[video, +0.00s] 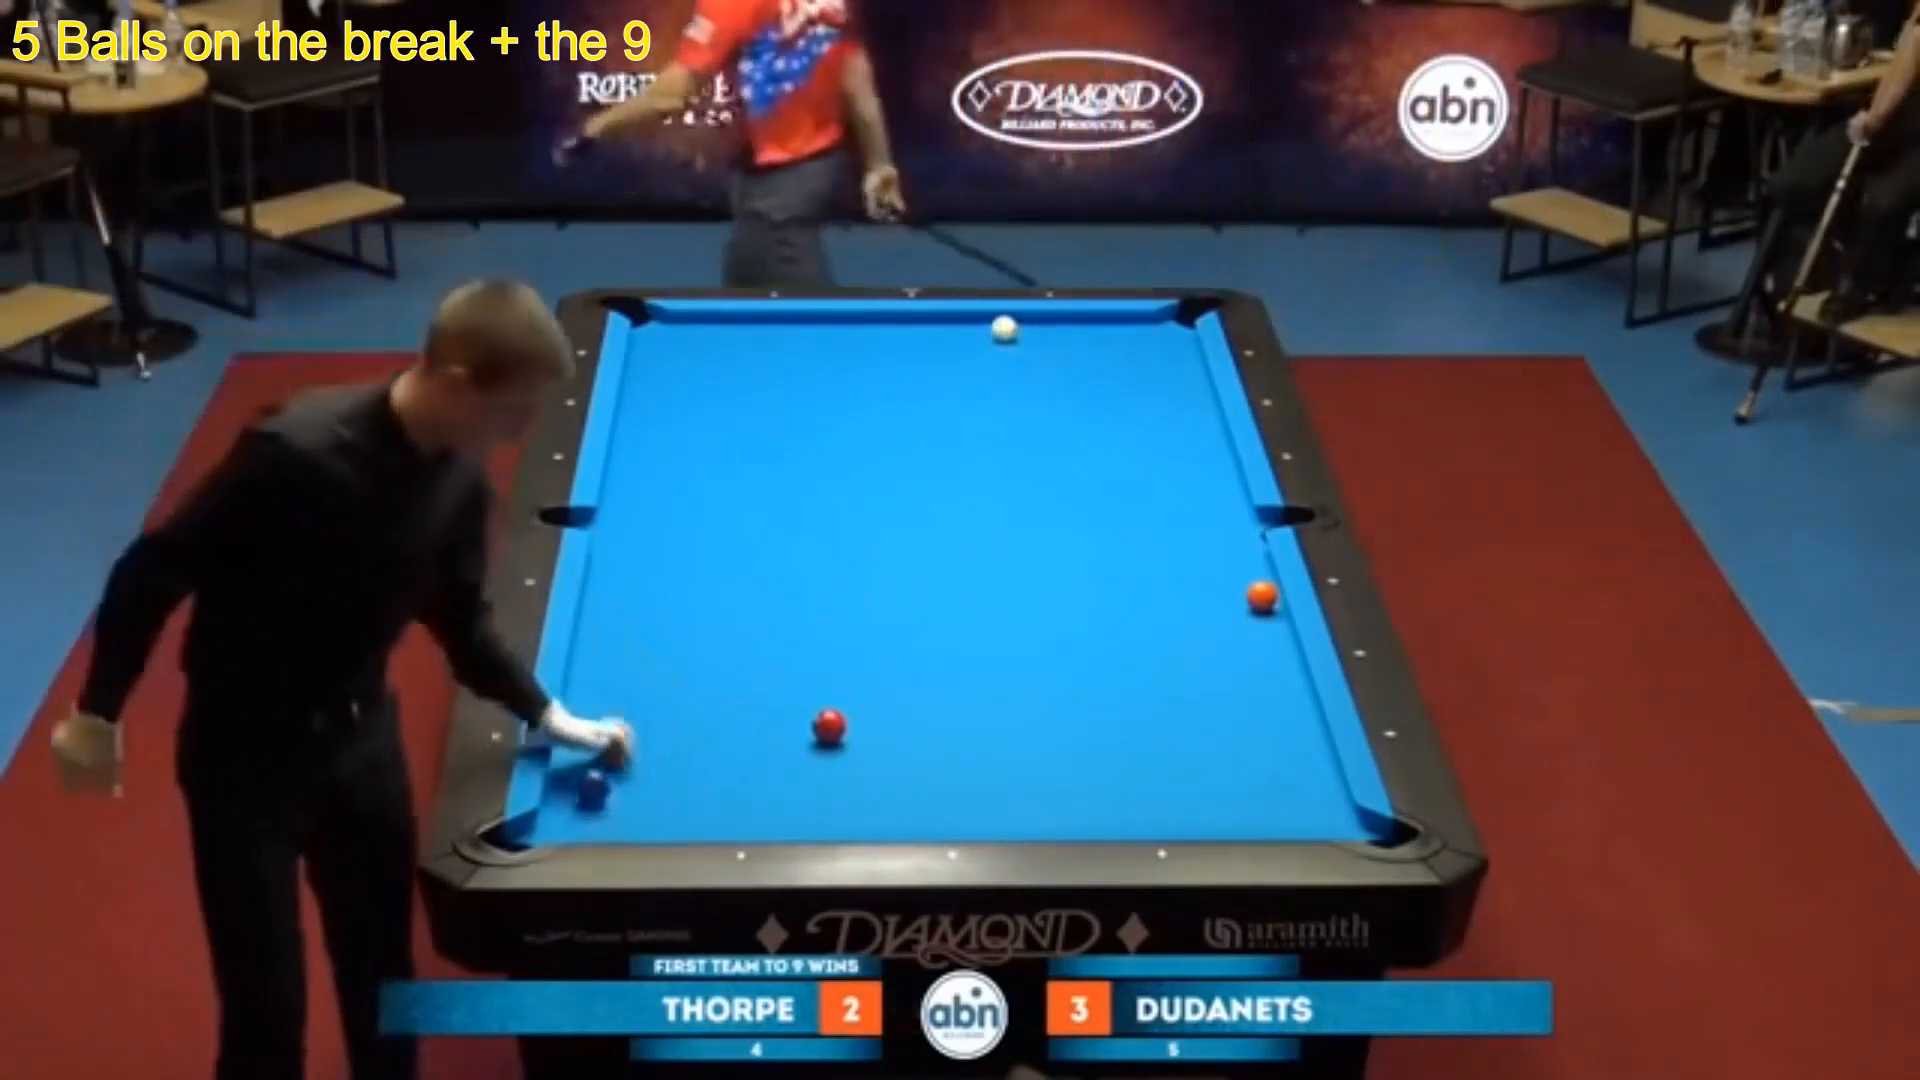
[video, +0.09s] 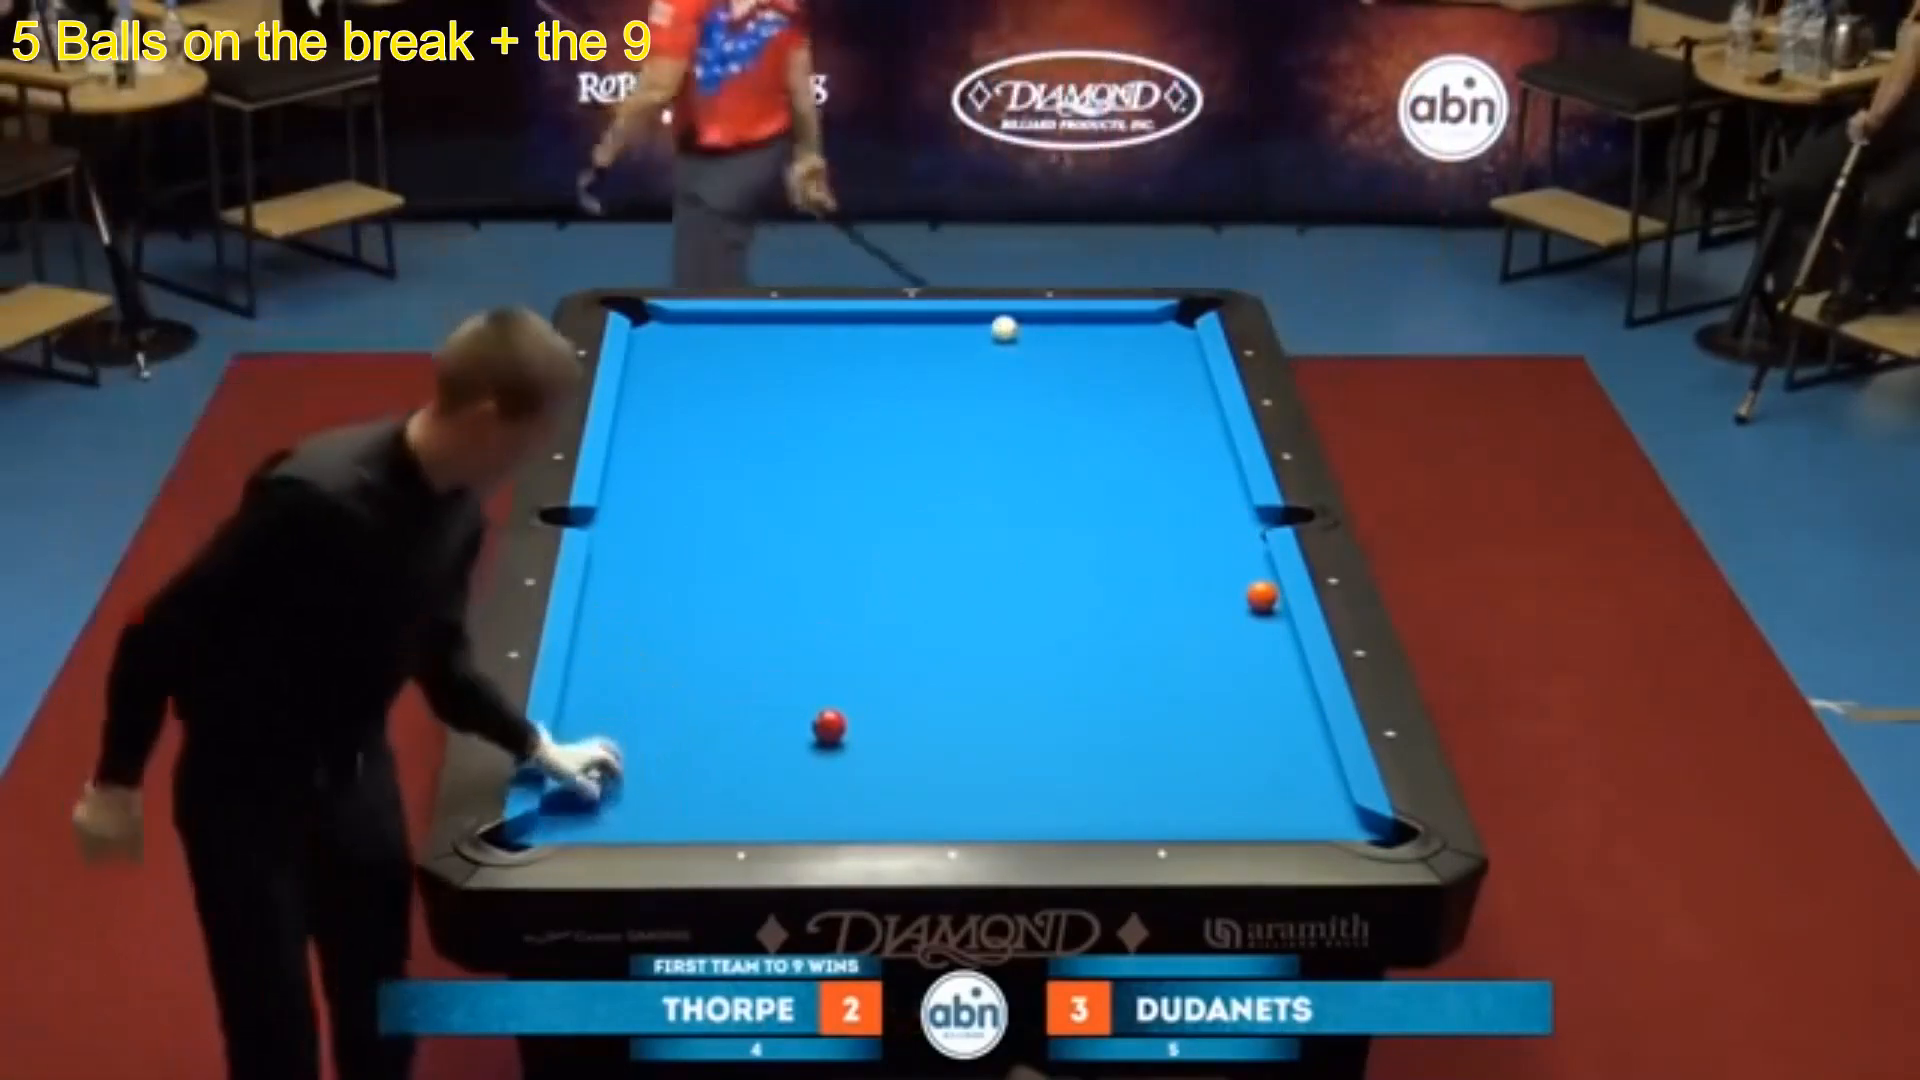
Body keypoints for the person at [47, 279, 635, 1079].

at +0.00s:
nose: (517, 435)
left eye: (526, 416)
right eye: (511, 413)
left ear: (457, 378)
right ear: (454, 379)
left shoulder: (459, 479)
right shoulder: (291, 452)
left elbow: (459, 617)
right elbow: (152, 571)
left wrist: (551, 717)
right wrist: (97, 712)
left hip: (359, 740)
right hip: (242, 753)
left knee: (383, 994)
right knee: (264, 1012)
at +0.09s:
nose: (529, 460)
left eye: (539, 442)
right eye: (532, 439)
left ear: (483, 416)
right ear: (486, 416)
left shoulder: (455, 512)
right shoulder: (309, 497)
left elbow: (444, 669)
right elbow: (159, 635)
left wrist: (542, 750)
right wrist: (115, 785)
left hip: (353, 777)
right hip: (241, 791)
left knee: (379, 1021)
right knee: (273, 1037)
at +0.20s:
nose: (553, 467)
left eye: (560, 448)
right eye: (553, 447)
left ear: (497, 436)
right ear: (504, 438)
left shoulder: (456, 531)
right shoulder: (325, 522)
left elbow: (441, 687)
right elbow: (166, 675)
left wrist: (548, 766)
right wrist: (143, 836)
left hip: (347, 804)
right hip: (236, 820)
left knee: (378, 1038)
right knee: (280, 1053)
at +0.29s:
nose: (573, 475)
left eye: (579, 455)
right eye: (573, 454)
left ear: (517, 444)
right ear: (528, 449)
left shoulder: (464, 533)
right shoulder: (349, 538)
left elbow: (466, 696)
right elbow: (212, 718)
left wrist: (574, 778)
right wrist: (221, 889)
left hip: (360, 823)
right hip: (268, 844)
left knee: (392, 1050)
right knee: (290, 1061)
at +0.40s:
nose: (589, 470)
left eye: (593, 453)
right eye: (588, 452)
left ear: (530, 446)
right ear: (547, 451)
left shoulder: (474, 540)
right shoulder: (377, 546)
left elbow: (489, 695)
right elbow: (258, 726)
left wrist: (604, 775)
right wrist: (286, 898)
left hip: (362, 812)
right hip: (265, 838)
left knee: (427, 1045)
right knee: (290, 1065)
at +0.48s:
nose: (617, 493)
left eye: (620, 475)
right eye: (616, 474)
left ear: (516, 453)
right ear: (577, 475)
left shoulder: (491, 557)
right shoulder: (419, 568)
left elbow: (534, 694)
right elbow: (331, 744)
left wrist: (640, 771)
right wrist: (386, 915)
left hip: (388, 830)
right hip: (293, 859)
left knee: (486, 1031)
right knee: (317, 1066)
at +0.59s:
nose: (640, 506)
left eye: (643, 487)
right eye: (638, 487)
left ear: (541, 469)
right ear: (599, 487)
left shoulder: (510, 568)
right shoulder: (448, 590)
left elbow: (563, 699)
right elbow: (368, 770)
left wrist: (667, 763)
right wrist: (440, 931)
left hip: (403, 861)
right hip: (323, 887)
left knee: (517, 1046)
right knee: (349, 1067)